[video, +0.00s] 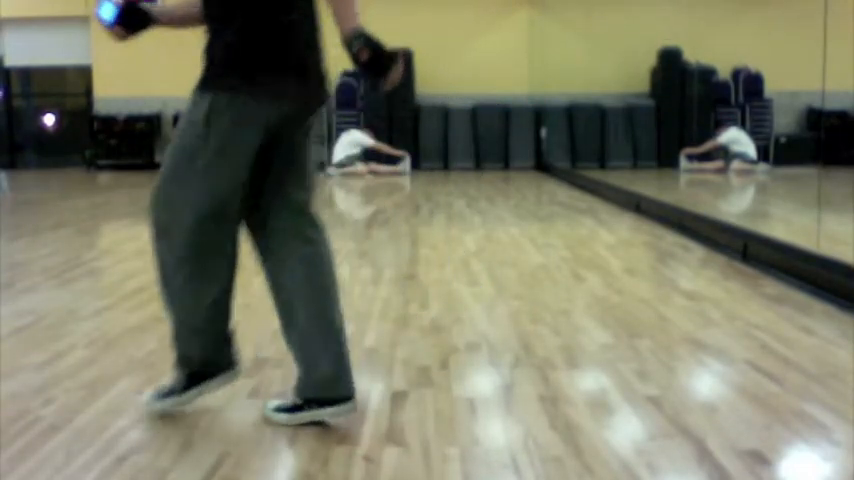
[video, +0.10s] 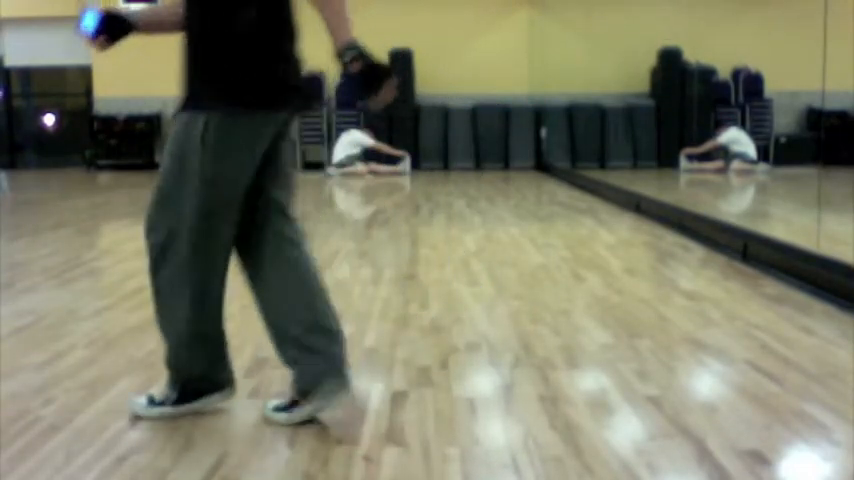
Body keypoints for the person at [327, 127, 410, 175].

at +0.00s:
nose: (369, 141)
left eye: (370, 139)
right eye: (369, 139)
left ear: (363, 132)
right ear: (366, 135)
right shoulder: (356, 134)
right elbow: (378, 147)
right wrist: (400, 153)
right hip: (343, 165)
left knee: (372, 166)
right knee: (367, 168)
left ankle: (397, 169)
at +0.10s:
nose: (369, 141)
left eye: (370, 139)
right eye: (369, 139)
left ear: (364, 133)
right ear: (366, 135)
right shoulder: (355, 134)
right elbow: (378, 147)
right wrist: (400, 153)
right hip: (344, 165)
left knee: (372, 166)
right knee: (367, 168)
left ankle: (397, 169)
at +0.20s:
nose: (369, 141)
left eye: (369, 140)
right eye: (369, 139)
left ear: (363, 133)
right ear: (366, 135)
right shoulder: (356, 134)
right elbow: (378, 147)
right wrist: (400, 153)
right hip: (343, 166)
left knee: (372, 166)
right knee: (368, 168)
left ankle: (397, 169)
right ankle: (398, 169)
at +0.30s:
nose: (369, 141)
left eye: (369, 140)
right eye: (369, 139)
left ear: (363, 133)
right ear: (366, 135)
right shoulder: (356, 134)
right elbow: (378, 147)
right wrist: (400, 153)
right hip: (343, 166)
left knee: (372, 166)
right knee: (367, 168)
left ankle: (397, 169)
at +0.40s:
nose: (369, 141)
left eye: (369, 140)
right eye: (369, 139)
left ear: (363, 133)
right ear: (366, 135)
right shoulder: (356, 134)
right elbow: (378, 147)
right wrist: (400, 153)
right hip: (343, 166)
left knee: (372, 166)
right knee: (367, 168)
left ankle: (397, 169)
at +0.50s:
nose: (369, 141)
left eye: (369, 139)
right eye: (369, 139)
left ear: (363, 133)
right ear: (366, 134)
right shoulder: (356, 134)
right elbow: (378, 147)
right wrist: (400, 153)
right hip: (343, 166)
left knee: (372, 166)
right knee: (367, 168)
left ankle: (397, 169)